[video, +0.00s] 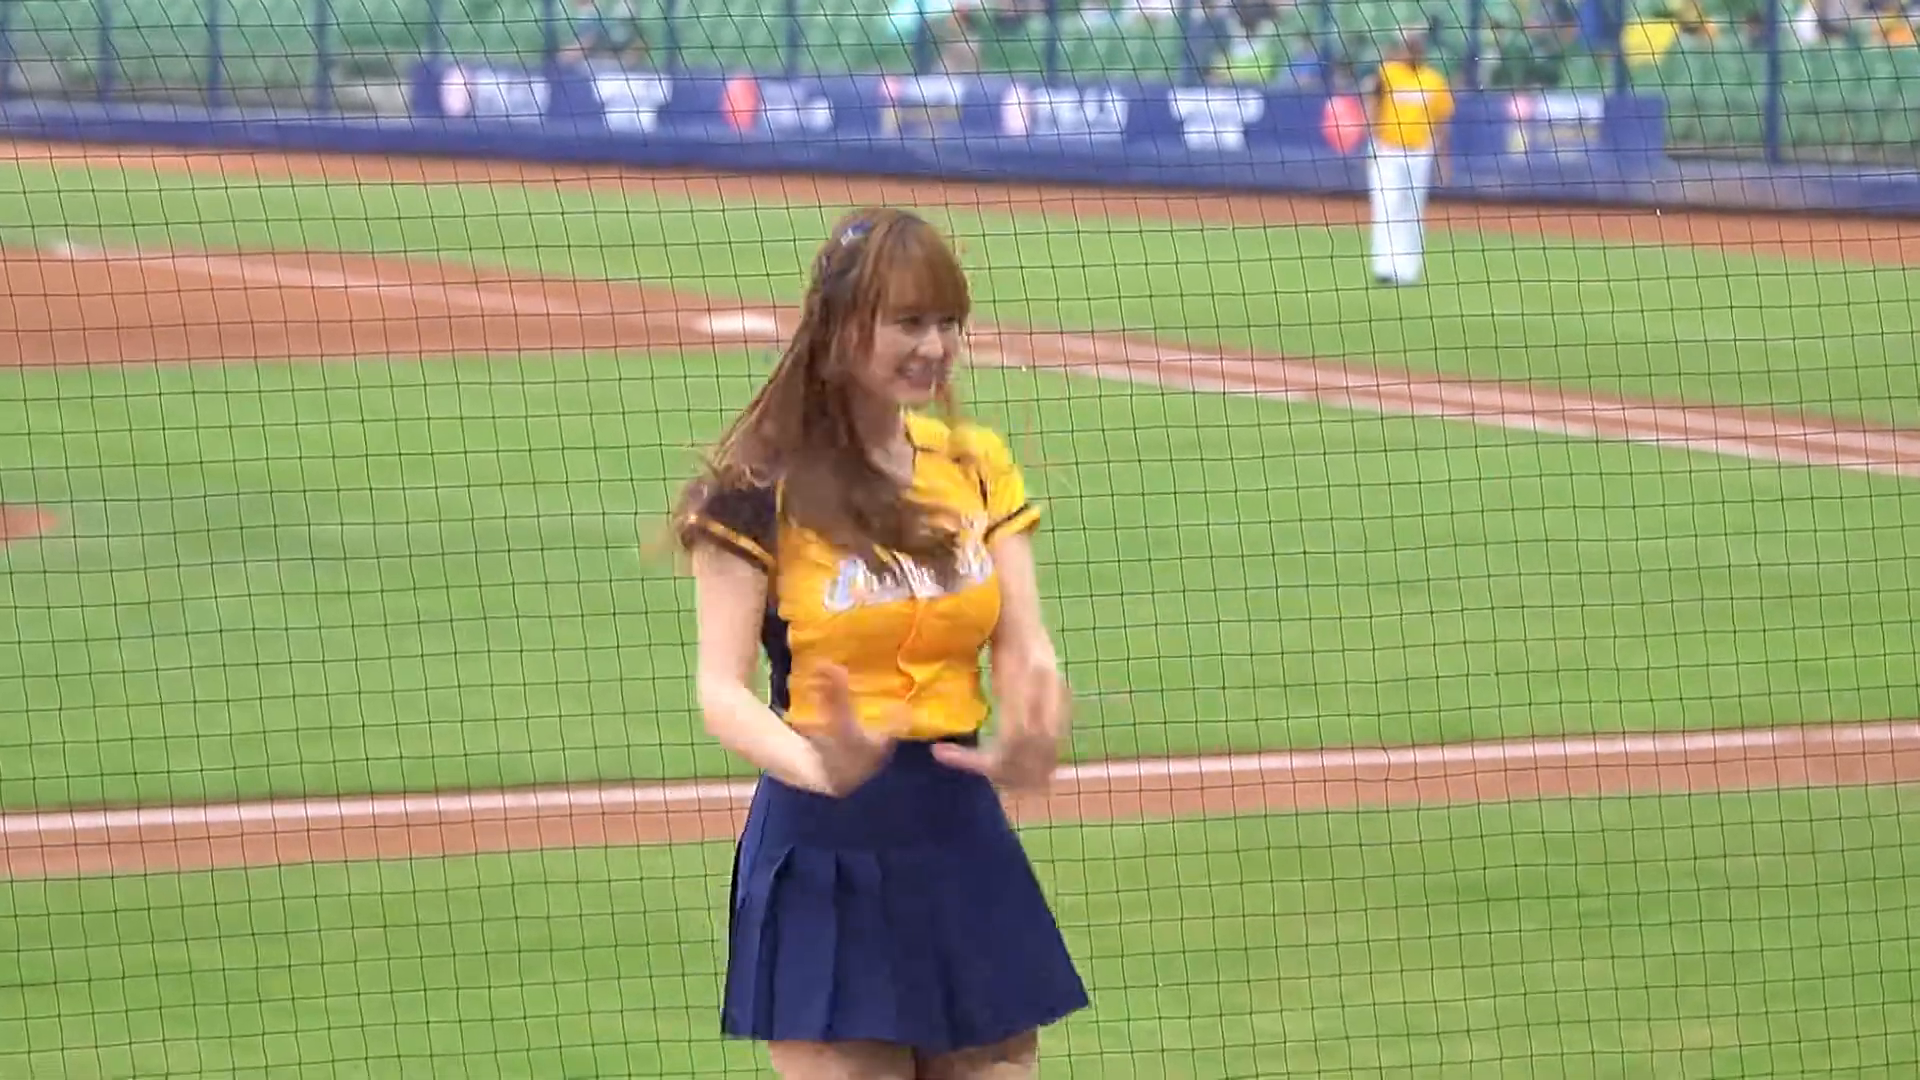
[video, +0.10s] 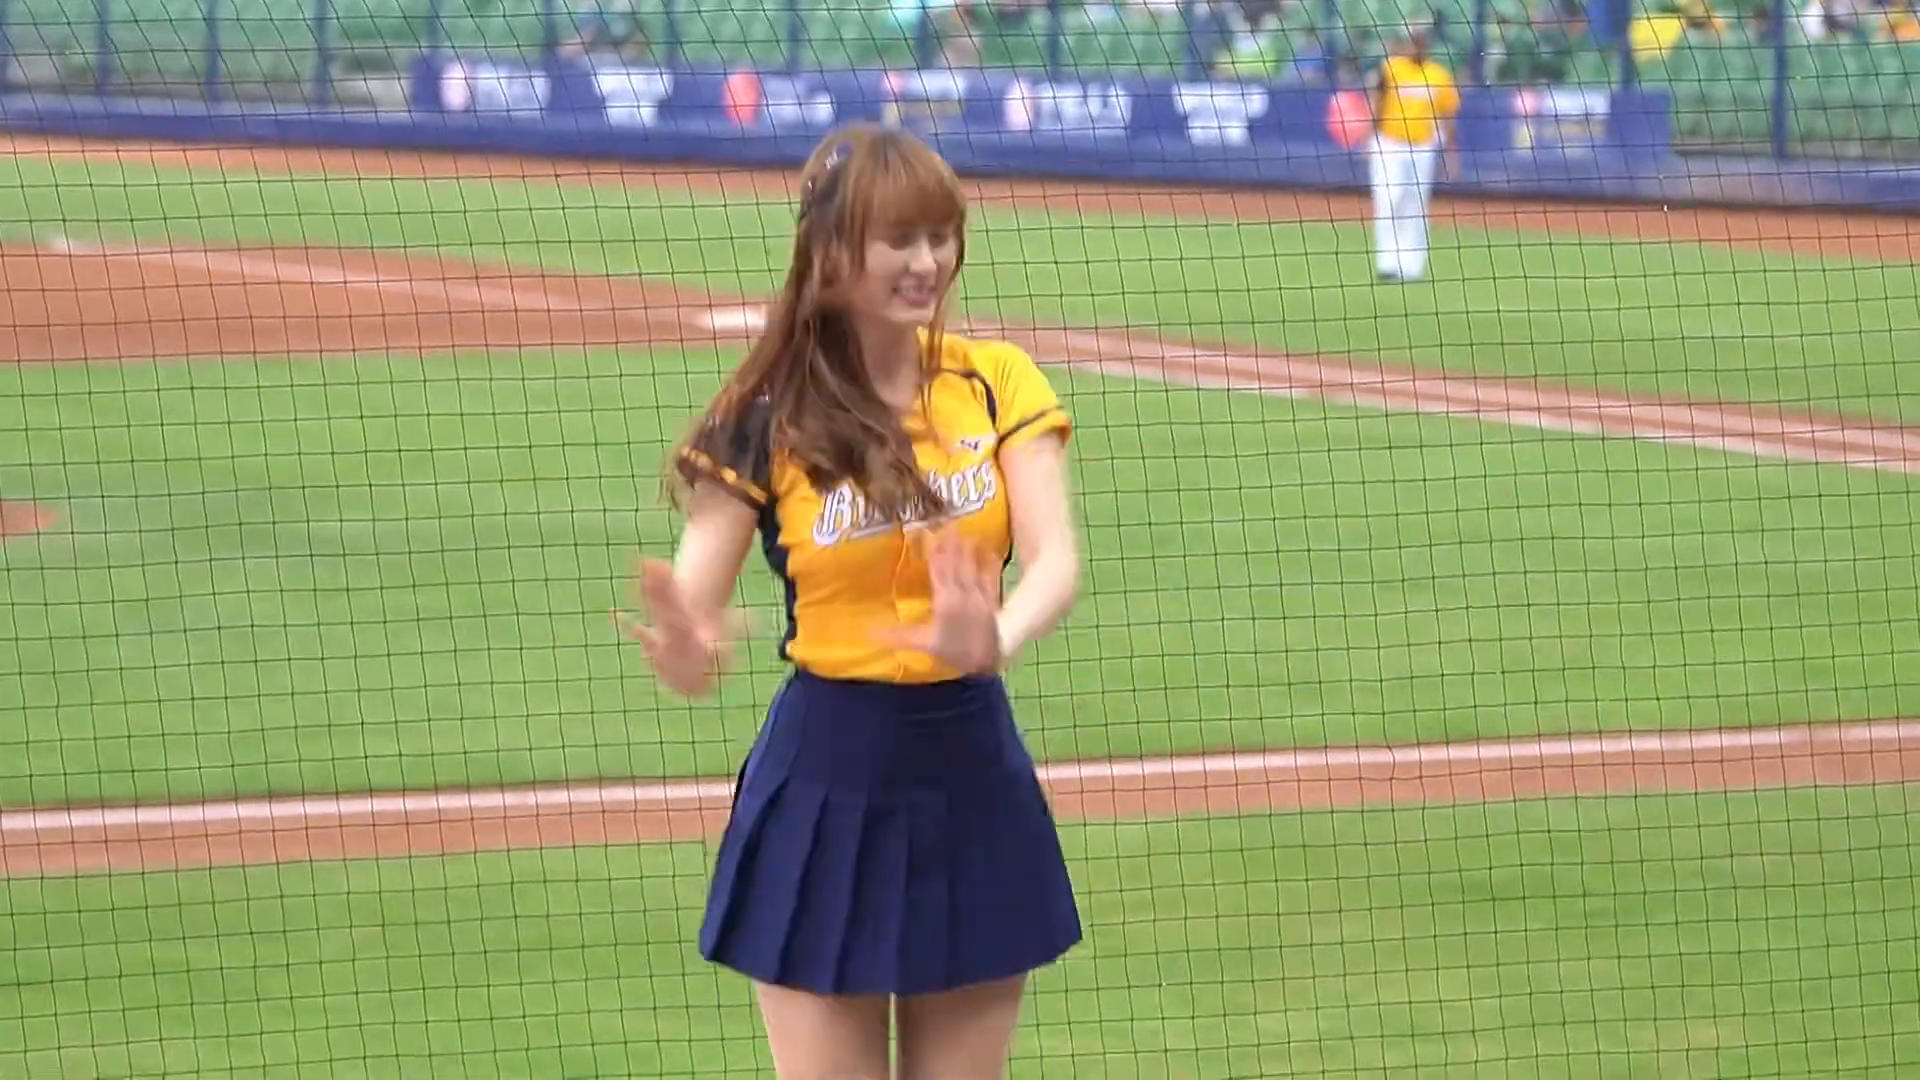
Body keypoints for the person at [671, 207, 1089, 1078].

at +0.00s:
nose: (935, 347)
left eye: (948, 323)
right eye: (908, 322)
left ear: (962, 327)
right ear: (839, 328)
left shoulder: (976, 461)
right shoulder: (758, 483)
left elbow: (1021, 638)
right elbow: (720, 692)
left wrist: (1030, 738)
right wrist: (817, 769)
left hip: (962, 810)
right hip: (825, 822)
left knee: (997, 1057)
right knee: (846, 1057)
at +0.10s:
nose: (927, 261)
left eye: (941, 236)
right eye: (898, 239)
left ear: (960, 244)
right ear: (830, 255)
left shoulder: (1000, 380)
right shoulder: (765, 416)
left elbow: (1054, 559)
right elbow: (693, 602)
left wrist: (994, 639)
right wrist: (687, 658)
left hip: (969, 771)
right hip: (825, 773)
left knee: (960, 1064)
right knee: (829, 1064)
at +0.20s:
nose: (915, 250)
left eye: (934, 226)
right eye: (882, 228)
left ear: (957, 242)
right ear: (818, 249)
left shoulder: (1002, 365)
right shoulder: (775, 406)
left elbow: (1053, 507)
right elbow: (640, 569)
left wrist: (960, 572)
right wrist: (553, 611)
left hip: (984, 782)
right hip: (829, 778)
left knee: (947, 1066)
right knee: (808, 1064)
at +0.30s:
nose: (908, 284)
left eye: (926, 260)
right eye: (877, 261)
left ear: (946, 278)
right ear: (815, 284)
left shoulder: (1003, 395)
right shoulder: (783, 447)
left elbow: (1000, 511)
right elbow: (623, 586)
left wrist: (945, 610)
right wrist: (471, 652)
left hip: (994, 809)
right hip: (838, 805)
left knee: (966, 1066)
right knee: (808, 1063)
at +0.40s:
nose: (925, 266)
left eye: (943, 242)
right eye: (894, 243)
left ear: (965, 259)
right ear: (831, 268)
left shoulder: (1019, 389)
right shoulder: (795, 435)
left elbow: (1008, 571)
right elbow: (677, 636)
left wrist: (940, 747)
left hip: (1008, 767)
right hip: (847, 757)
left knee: (987, 1064)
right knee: (824, 1064)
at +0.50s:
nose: (947, 284)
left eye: (966, 260)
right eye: (916, 259)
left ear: (989, 277)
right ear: (854, 279)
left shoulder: (1031, 393)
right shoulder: (813, 447)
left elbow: (1028, 581)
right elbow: (727, 677)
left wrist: (970, 756)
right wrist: (628, 888)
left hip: (1019, 787)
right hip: (860, 784)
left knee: (1047, 1057)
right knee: (849, 1059)